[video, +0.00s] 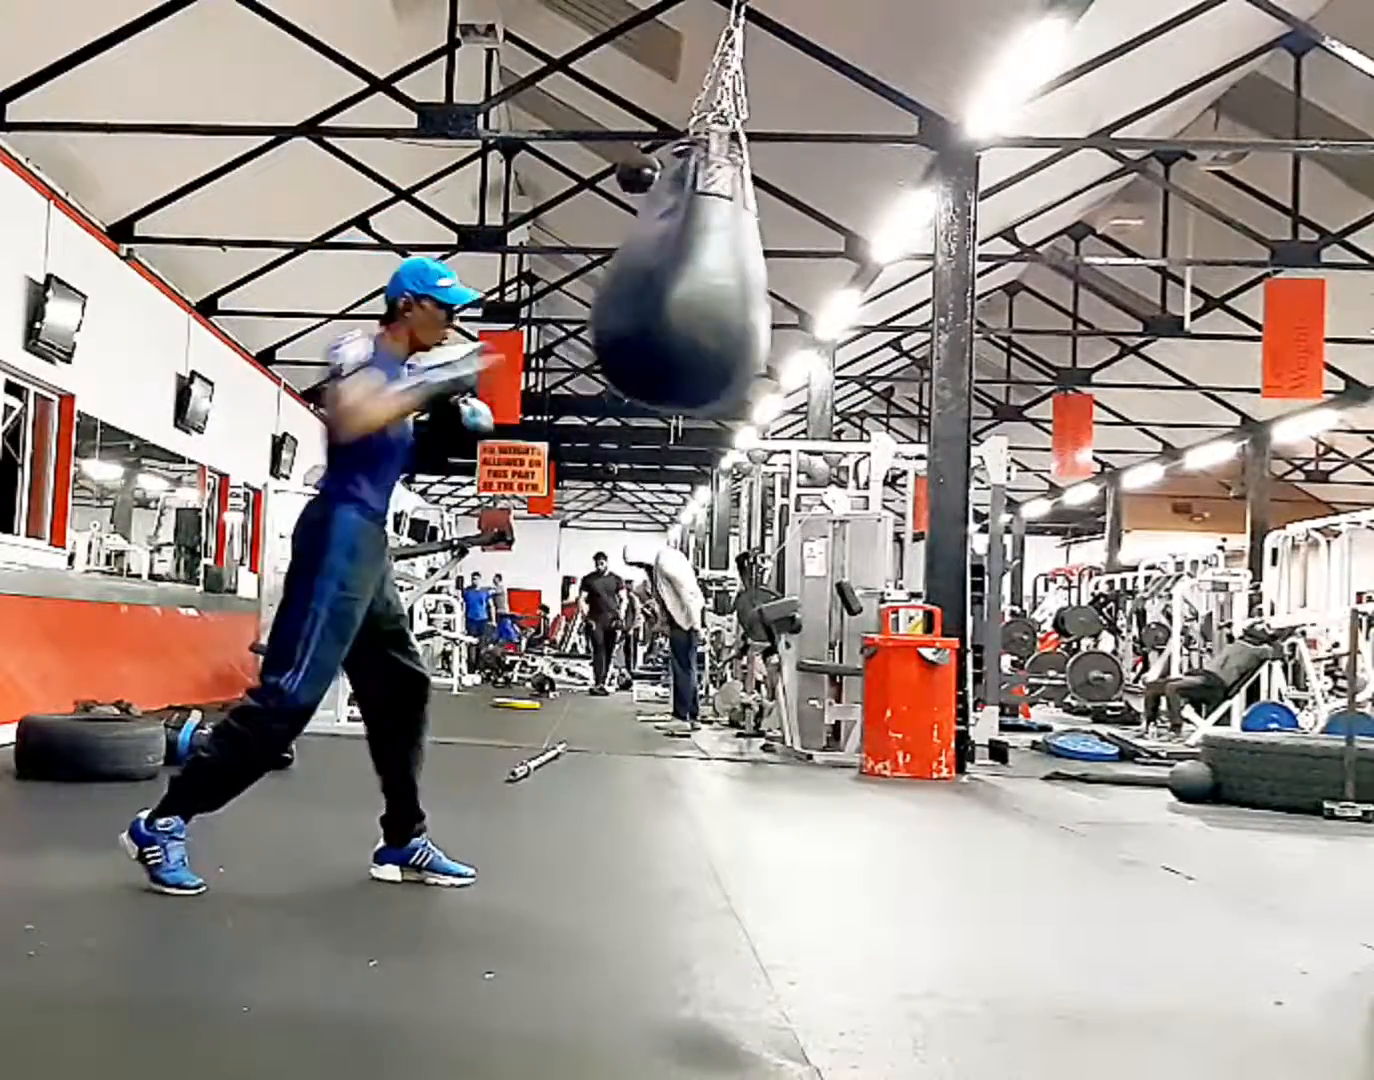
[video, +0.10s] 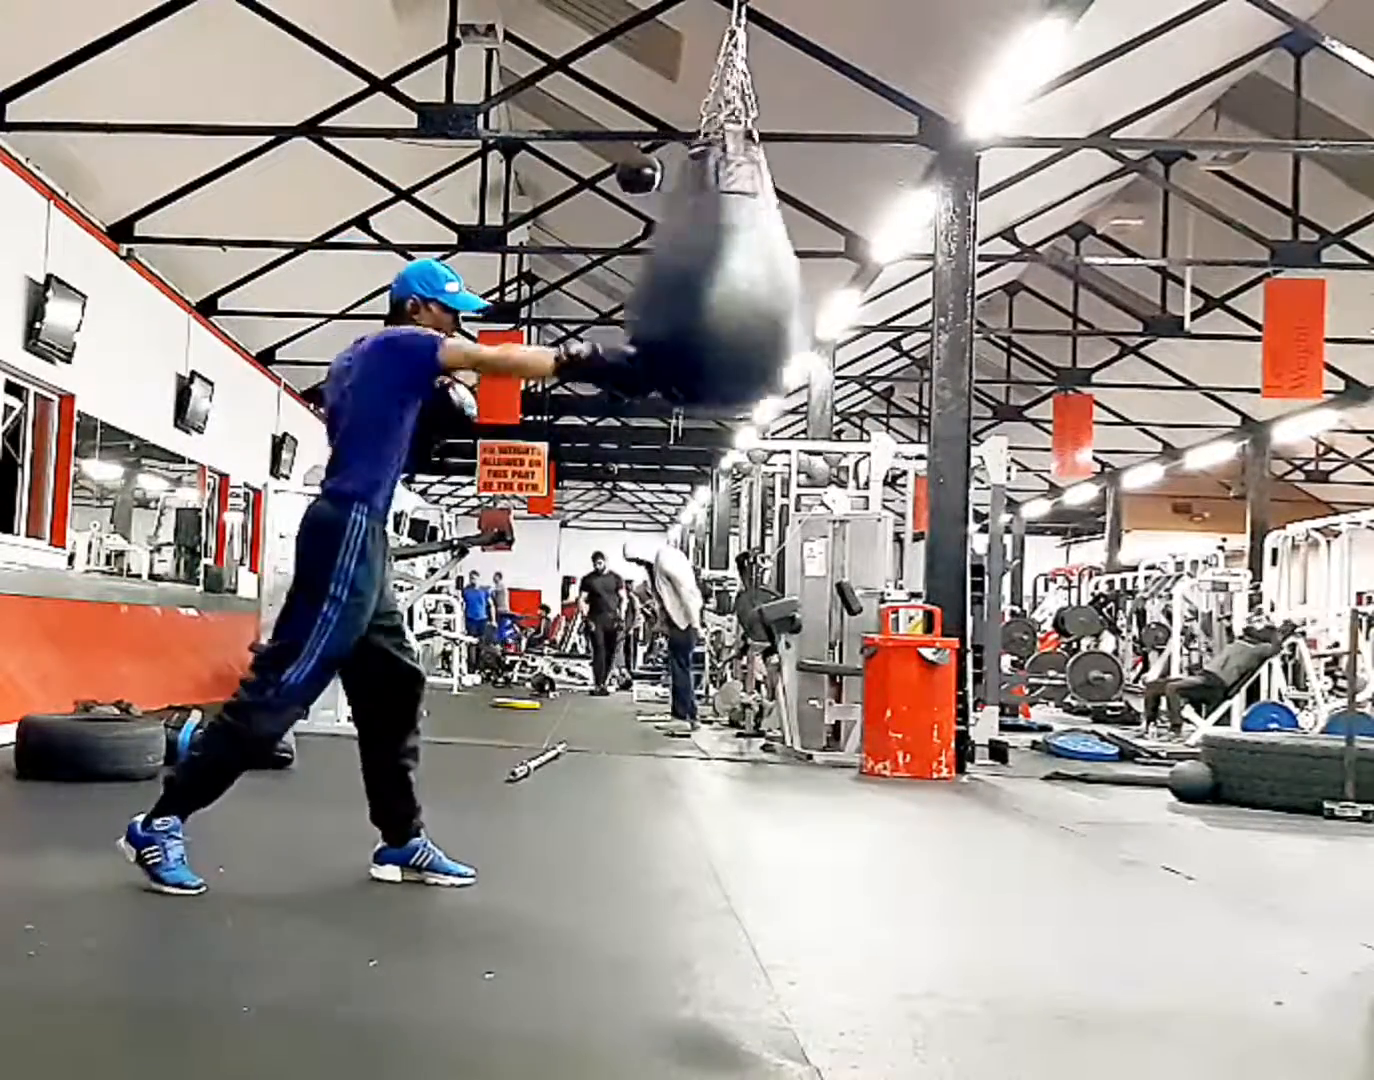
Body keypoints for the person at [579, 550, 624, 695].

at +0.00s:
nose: (600, 565)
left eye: (602, 562)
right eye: (598, 563)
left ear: (607, 563)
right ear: (595, 564)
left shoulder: (616, 579)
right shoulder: (588, 579)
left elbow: (624, 598)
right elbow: (581, 599)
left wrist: (620, 615)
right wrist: (585, 615)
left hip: (611, 617)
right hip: (595, 617)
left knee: (608, 649)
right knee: (598, 648)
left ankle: (603, 679)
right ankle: (599, 681)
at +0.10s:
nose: (599, 565)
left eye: (601, 562)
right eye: (596, 563)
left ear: (606, 562)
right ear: (593, 564)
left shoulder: (616, 578)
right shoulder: (588, 580)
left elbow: (624, 598)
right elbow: (581, 599)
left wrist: (621, 615)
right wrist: (585, 616)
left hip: (612, 618)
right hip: (595, 618)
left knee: (610, 651)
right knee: (599, 651)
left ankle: (603, 681)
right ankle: (599, 683)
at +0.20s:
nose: (598, 564)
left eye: (600, 561)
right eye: (595, 562)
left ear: (604, 561)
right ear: (592, 563)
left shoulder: (615, 576)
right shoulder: (587, 579)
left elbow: (624, 595)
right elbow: (581, 599)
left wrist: (622, 612)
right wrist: (586, 616)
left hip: (612, 617)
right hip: (595, 618)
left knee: (616, 649)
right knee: (597, 651)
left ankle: (607, 679)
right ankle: (599, 682)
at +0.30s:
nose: (597, 563)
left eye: (599, 560)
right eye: (594, 561)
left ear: (604, 560)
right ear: (591, 562)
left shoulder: (615, 575)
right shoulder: (587, 578)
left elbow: (625, 593)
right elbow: (580, 598)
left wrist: (622, 610)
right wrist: (587, 613)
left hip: (613, 619)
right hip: (596, 620)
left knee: (617, 651)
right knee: (597, 653)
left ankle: (612, 680)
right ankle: (599, 683)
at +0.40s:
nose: (597, 563)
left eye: (599, 560)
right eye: (594, 561)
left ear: (604, 559)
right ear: (591, 561)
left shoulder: (615, 575)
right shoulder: (586, 577)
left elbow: (625, 591)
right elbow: (580, 597)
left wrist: (623, 608)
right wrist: (586, 610)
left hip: (613, 618)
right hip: (595, 619)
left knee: (616, 652)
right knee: (597, 654)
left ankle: (616, 682)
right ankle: (599, 685)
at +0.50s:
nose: (596, 563)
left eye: (598, 560)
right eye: (594, 560)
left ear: (604, 559)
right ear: (591, 561)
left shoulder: (614, 574)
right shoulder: (586, 576)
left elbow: (626, 590)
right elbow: (580, 595)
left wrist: (623, 608)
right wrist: (584, 609)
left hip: (611, 619)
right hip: (594, 620)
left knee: (613, 654)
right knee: (596, 655)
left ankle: (616, 685)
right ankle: (599, 685)